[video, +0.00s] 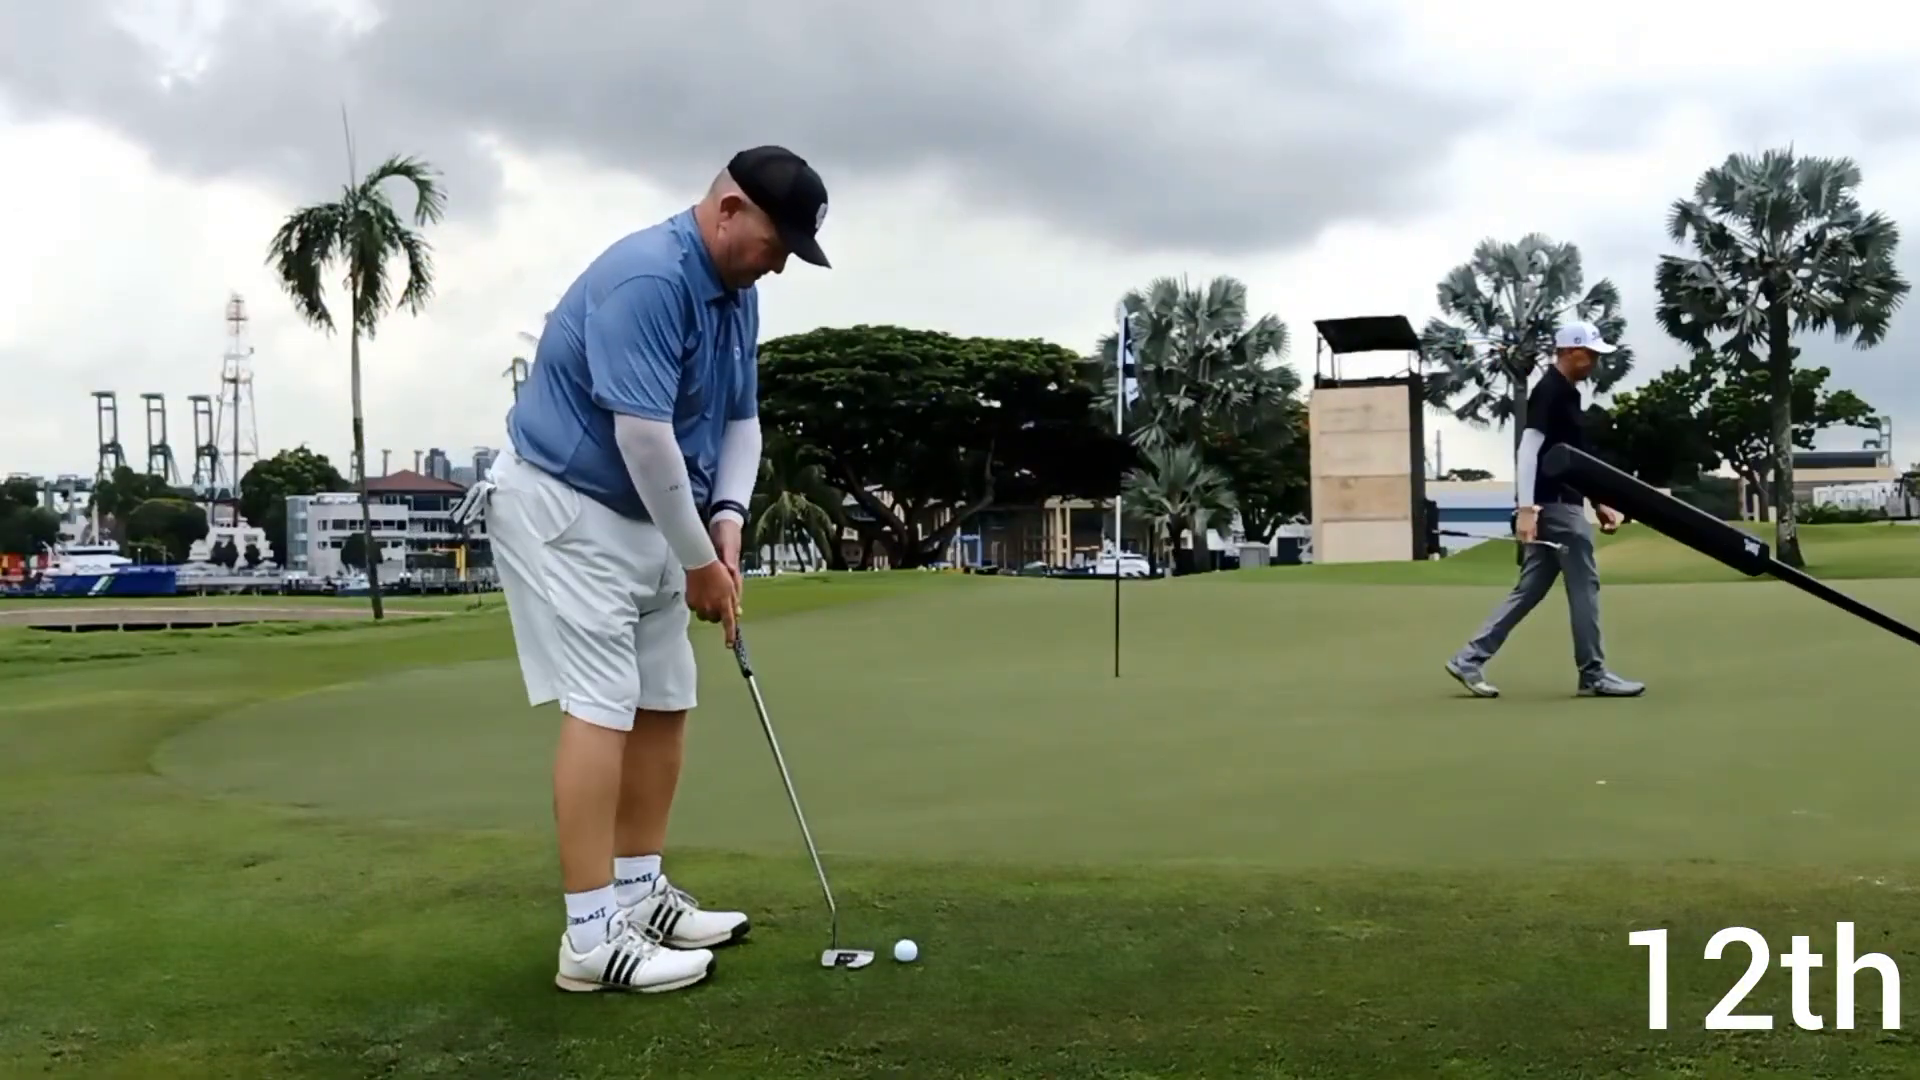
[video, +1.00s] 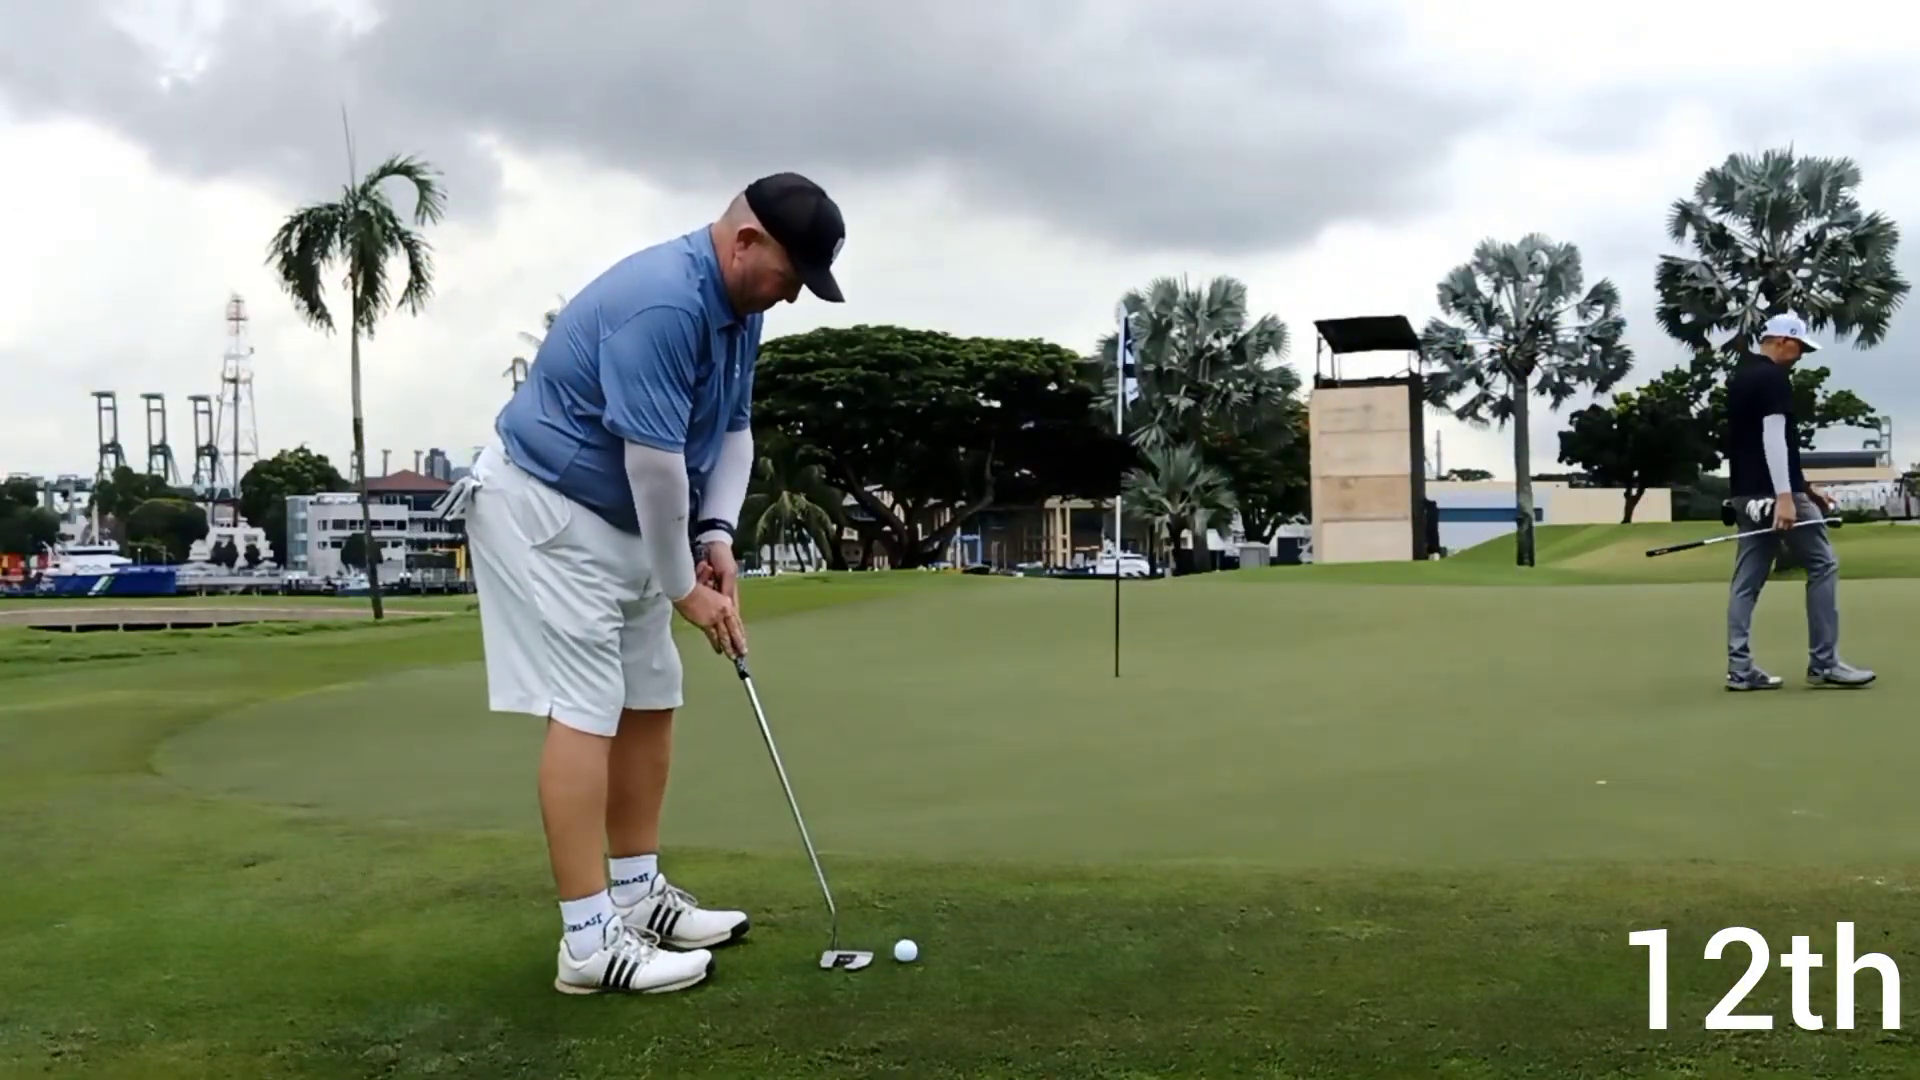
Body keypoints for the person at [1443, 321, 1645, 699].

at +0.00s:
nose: (1593, 363)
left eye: (1595, 356)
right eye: (1588, 355)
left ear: (1579, 356)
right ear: (1568, 352)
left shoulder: (1568, 391)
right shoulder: (1550, 388)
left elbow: (1575, 454)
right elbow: (1529, 448)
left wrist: (1599, 502)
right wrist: (1527, 508)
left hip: (1556, 507)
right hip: (1560, 507)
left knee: (1530, 590)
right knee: (1585, 586)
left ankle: (1468, 660)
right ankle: (1592, 673)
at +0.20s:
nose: (1640, 357)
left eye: (1642, 351)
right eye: (1636, 349)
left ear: (1615, 347)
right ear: (1617, 345)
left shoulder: (1596, 378)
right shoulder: (1601, 381)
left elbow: (1594, 443)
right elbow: (1595, 442)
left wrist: (1617, 499)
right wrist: (1606, 501)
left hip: (1606, 496)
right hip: (1601, 498)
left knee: (1626, 576)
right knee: (1606, 582)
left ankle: (1556, 638)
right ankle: (1595, 670)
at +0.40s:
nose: (1679, 359)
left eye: (1681, 352)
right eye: (1677, 351)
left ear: (1650, 346)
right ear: (1656, 344)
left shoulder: (1616, 379)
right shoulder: (1647, 380)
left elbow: (1595, 440)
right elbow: (1654, 438)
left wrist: (1576, 492)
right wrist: (1688, 490)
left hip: (1641, 502)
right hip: (1642, 503)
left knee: (1676, 576)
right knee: (1623, 588)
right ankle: (1597, 670)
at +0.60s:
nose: (1722, 361)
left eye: (1723, 355)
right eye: (1719, 354)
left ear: (1693, 349)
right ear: (1703, 348)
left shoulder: (1660, 389)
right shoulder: (1694, 384)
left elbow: (1641, 452)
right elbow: (1704, 441)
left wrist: (1621, 505)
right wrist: (1739, 489)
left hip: (1682, 507)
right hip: (1692, 508)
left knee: (1717, 587)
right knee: (1665, 586)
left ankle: (1739, 668)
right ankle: (1611, 659)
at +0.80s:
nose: (1760, 356)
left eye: (1761, 349)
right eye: (1759, 348)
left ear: (1733, 341)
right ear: (1743, 342)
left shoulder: (1704, 378)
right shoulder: (1733, 377)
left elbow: (1707, 442)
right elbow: (1738, 437)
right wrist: (1764, 489)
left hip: (1713, 494)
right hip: (1739, 492)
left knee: (1731, 580)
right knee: (1767, 571)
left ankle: (1739, 667)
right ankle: (1696, 636)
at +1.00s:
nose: (1799, 356)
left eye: (1801, 350)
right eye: (1798, 349)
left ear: (1774, 341)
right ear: (1782, 341)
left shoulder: (1744, 375)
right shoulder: (1772, 378)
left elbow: (1764, 447)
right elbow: (1773, 440)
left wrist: (1805, 488)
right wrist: (1784, 496)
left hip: (1750, 496)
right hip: (1780, 495)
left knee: (1746, 582)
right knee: (1823, 566)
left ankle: (1739, 667)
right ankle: (1824, 661)